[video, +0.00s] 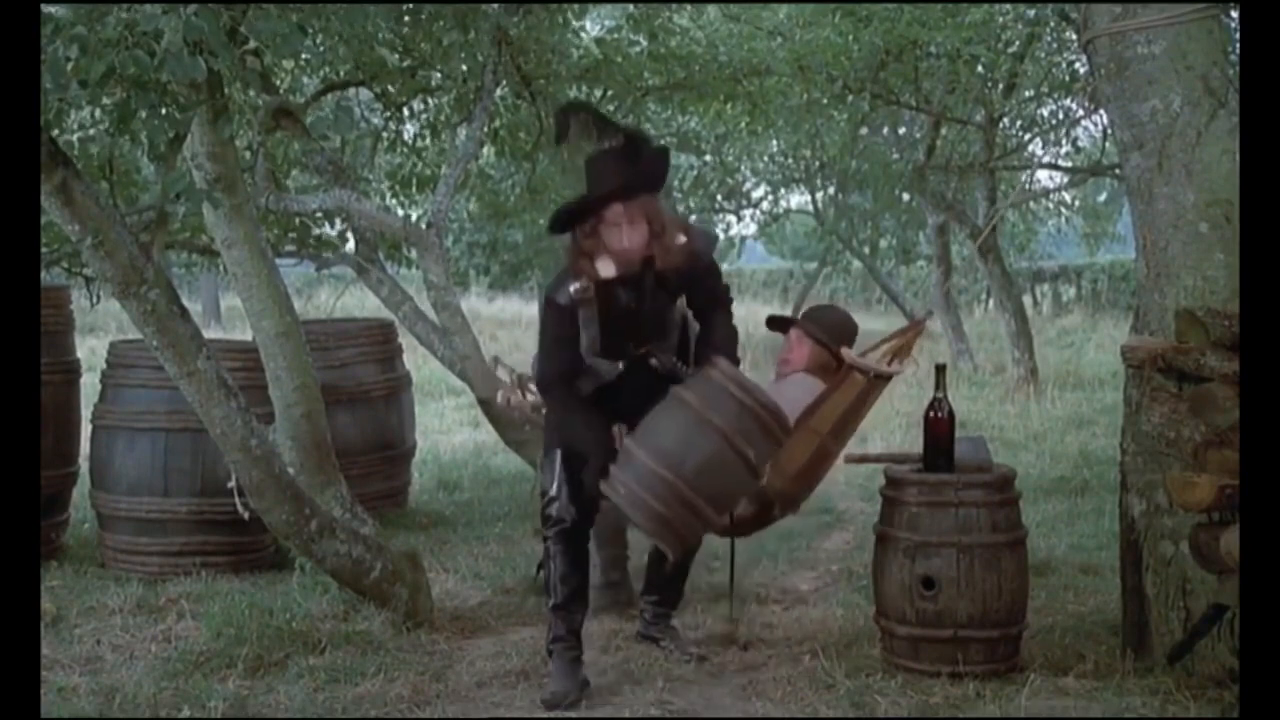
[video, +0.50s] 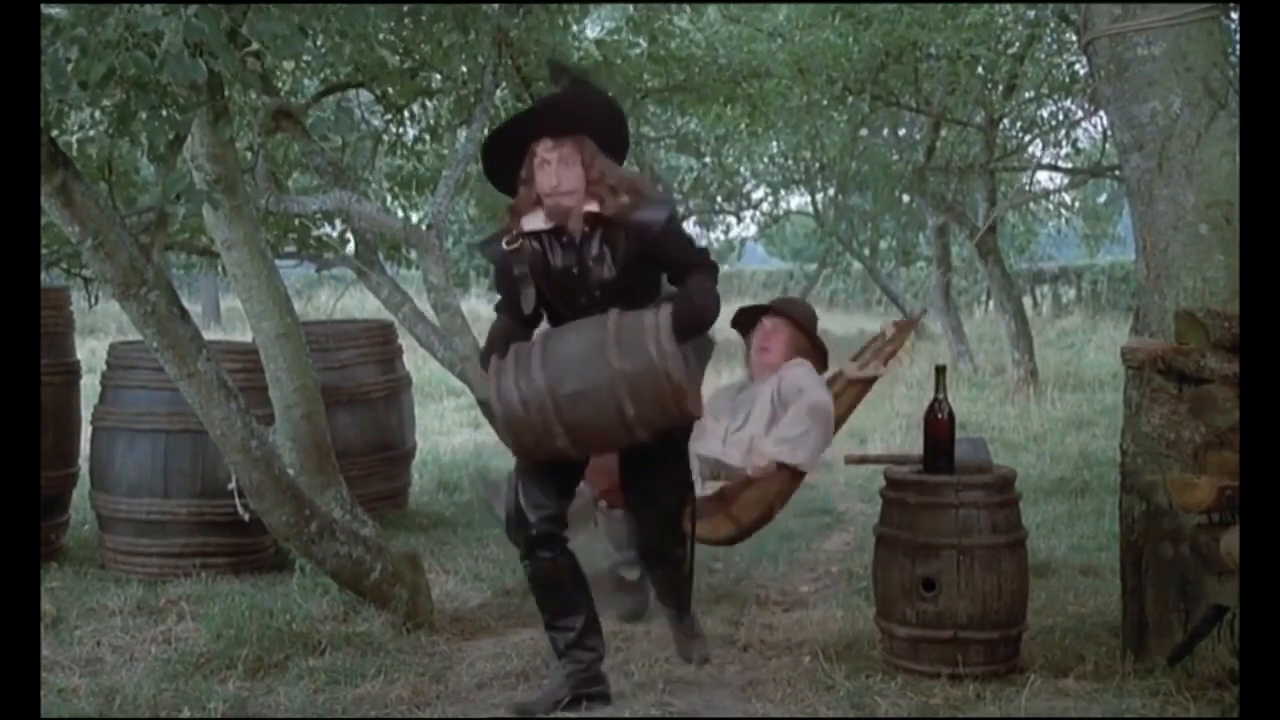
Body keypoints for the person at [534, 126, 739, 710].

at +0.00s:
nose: (626, 233)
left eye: (633, 219)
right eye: (612, 225)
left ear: (653, 218)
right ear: (593, 233)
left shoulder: (686, 263)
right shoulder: (571, 290)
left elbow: (717, 313)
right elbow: (555, 380)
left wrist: (715, 368)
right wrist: (596, 448)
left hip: (662, 392)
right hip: (587, 399)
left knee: (687, 493)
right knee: (566, 512)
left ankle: (657, 621)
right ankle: (564, 653)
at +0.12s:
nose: (608, 180)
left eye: (618, 168)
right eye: (595, 173)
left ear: (643, 175)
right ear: (578, 191)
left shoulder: (681, 231)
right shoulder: (563, 262)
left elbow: (727, 287)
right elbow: (555, 349)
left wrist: (717, 340)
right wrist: (583, 406)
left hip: (672, 384)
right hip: (593, 389)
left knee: (691, 510)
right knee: (563, 510)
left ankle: (655, 618)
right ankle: (564, 655)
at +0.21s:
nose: (605, 174)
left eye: (615, 162)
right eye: (592, 166)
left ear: (637, 168)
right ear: (573, 181)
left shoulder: (681, 222)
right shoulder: (561, 248)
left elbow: (728, 282)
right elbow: (558, 334)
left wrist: (707, 343)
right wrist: (569, 409)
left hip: (676, 373)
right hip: (594, 374)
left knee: (690, 501)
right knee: (555, 496)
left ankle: (655, 616)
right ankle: (575, 655)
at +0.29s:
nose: (598, 168)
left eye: (608, 157)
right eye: (585, 161)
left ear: (634, 165)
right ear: (568, 178)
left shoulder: (679, 219)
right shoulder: (555, 243)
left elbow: (729, 281)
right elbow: (552, 329)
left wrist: (699, 336)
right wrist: (560, 398)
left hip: (674, 373)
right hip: (588, 376)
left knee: (687, 499)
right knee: (552, 491)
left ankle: (656, 614)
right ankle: (579, 653)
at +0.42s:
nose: (577, 175)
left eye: (589, 162)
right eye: (564, 166)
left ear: (615, 170)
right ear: (548, 182)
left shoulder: (662, 226)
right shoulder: (537, 250)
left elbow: (717, 288)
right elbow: (526, 332)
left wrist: (681, 347)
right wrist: (533, 392)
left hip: (663, 379)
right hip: (576, 387)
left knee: (675, 502)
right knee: (547, 511)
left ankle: (662, 613)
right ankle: (581, 662)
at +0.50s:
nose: (555, 172)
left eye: (567, 160)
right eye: (544, 163)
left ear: (594, 169)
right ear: (528, 177)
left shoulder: (641, 220)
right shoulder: (518, 244)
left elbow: (699, 273)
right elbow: (515, 318)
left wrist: (675, 338)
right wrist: (500, 361)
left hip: (649, 382)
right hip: (562, 394)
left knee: (660, 517)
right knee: (532, 521)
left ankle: (679, 608)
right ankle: (580, 665)